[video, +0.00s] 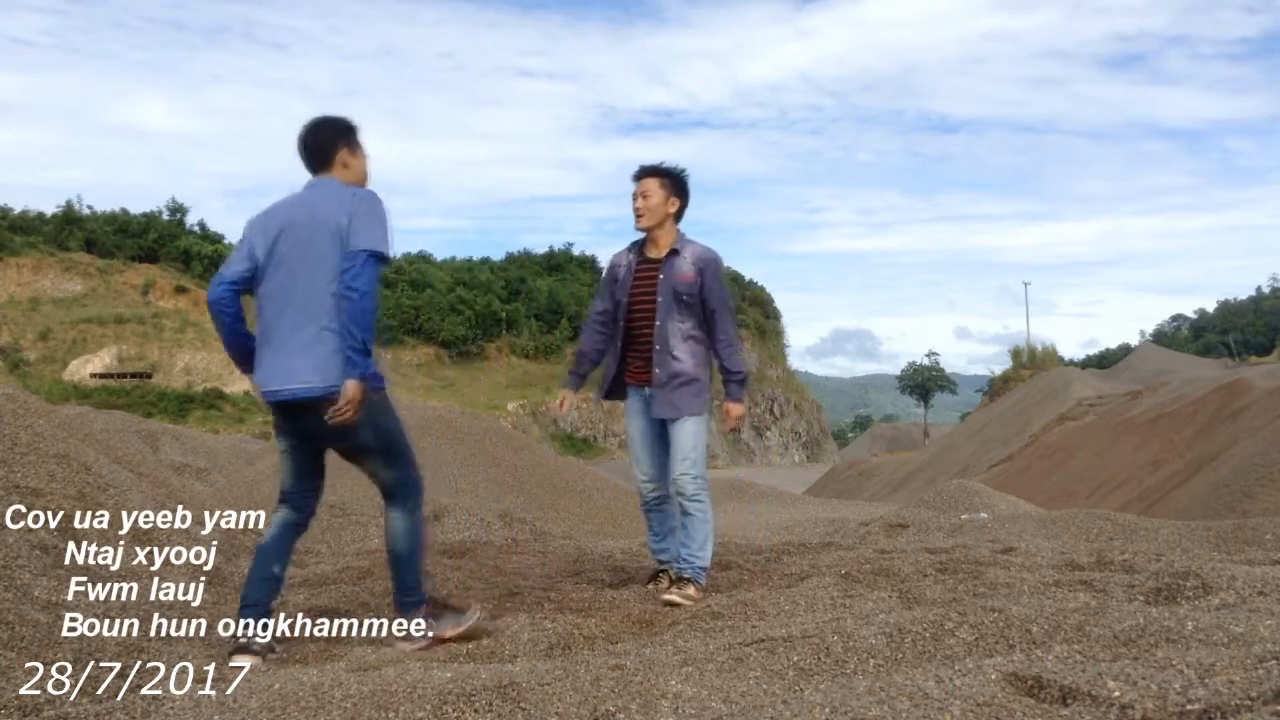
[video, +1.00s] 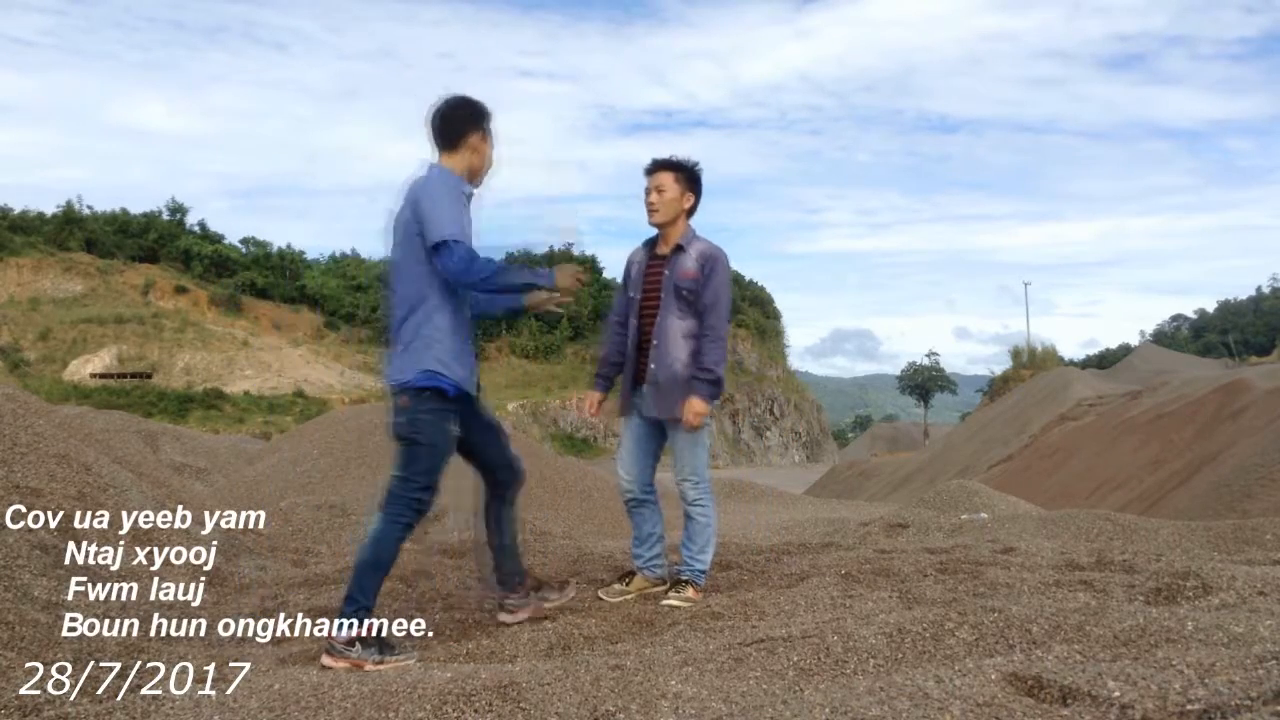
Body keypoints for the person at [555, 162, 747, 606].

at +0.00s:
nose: (636, 204)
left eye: (646, 197)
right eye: (635, 197)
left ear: (674, 204)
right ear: (637, 204)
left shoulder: (701, 261)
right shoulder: (621, 264)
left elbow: (723, 330)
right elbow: (598, 325)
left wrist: (735, 392)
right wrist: (574, 382)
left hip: (685, 391)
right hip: (637, 391)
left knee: (687, 483)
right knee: (650, 486)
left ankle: (691, 576)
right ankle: (666, 567)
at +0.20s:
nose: (643, 201)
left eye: (652, 194)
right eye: (642, 194)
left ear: (680, 203)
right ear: (645, 202)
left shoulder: (703, 259)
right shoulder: (633, 260)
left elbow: (722, 322)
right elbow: (611, 323)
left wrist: (729, 378)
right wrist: (579, 368)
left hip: (689, 391)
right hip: (642, 391)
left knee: (693, 484)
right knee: (625, 474)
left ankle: (693, 577)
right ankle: (669, 543)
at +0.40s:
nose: (640, 198)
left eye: (650, 190)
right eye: (640, 190)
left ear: (678, 200)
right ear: (646, 199)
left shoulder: (700, 253)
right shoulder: (633, 258)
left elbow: (714, 318)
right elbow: (622, 323)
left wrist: (697, 360)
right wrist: (618, 378)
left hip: (686, 389)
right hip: (643, 392)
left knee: (692, 484)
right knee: (631, 481)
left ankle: (692, 578)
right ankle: (652, 568)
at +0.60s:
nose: (640, 192)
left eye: (650, 184)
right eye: (639, 185)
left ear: (678, 194)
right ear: (640, 193)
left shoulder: (699, 248)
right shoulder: (631, 253)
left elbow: (702, 325)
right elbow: (620, 320)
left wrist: (678, 376)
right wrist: (611, 378)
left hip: (684, 385)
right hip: (637, 385)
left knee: (689, 480)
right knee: (634, 479)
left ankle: (691, 575)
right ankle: (649, 569)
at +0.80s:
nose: (645, 193)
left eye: (655, 185)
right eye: (643, 185)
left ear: (683, 194)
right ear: (643, 193)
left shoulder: (703, 251)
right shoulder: (633, 252)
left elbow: (704, 327)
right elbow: (614, 319)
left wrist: (684, 389)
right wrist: (592, 377)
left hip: (684, 389)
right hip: (637, 387)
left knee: (689, 483)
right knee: (634, 481)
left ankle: (691, 576)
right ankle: (648, 569)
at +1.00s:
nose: (650, 199)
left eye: (660, 191)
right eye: (647, 192)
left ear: (687, 199)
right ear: (646, 199)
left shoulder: (709, 258)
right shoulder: (638, 258)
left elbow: (715, 332)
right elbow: (619, 326)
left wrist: (703, 392)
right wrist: (600, 385)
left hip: (686, 393)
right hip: (641, 392)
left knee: (692, 488)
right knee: (634, 485)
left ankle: (693, 577)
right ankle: (650, 571)